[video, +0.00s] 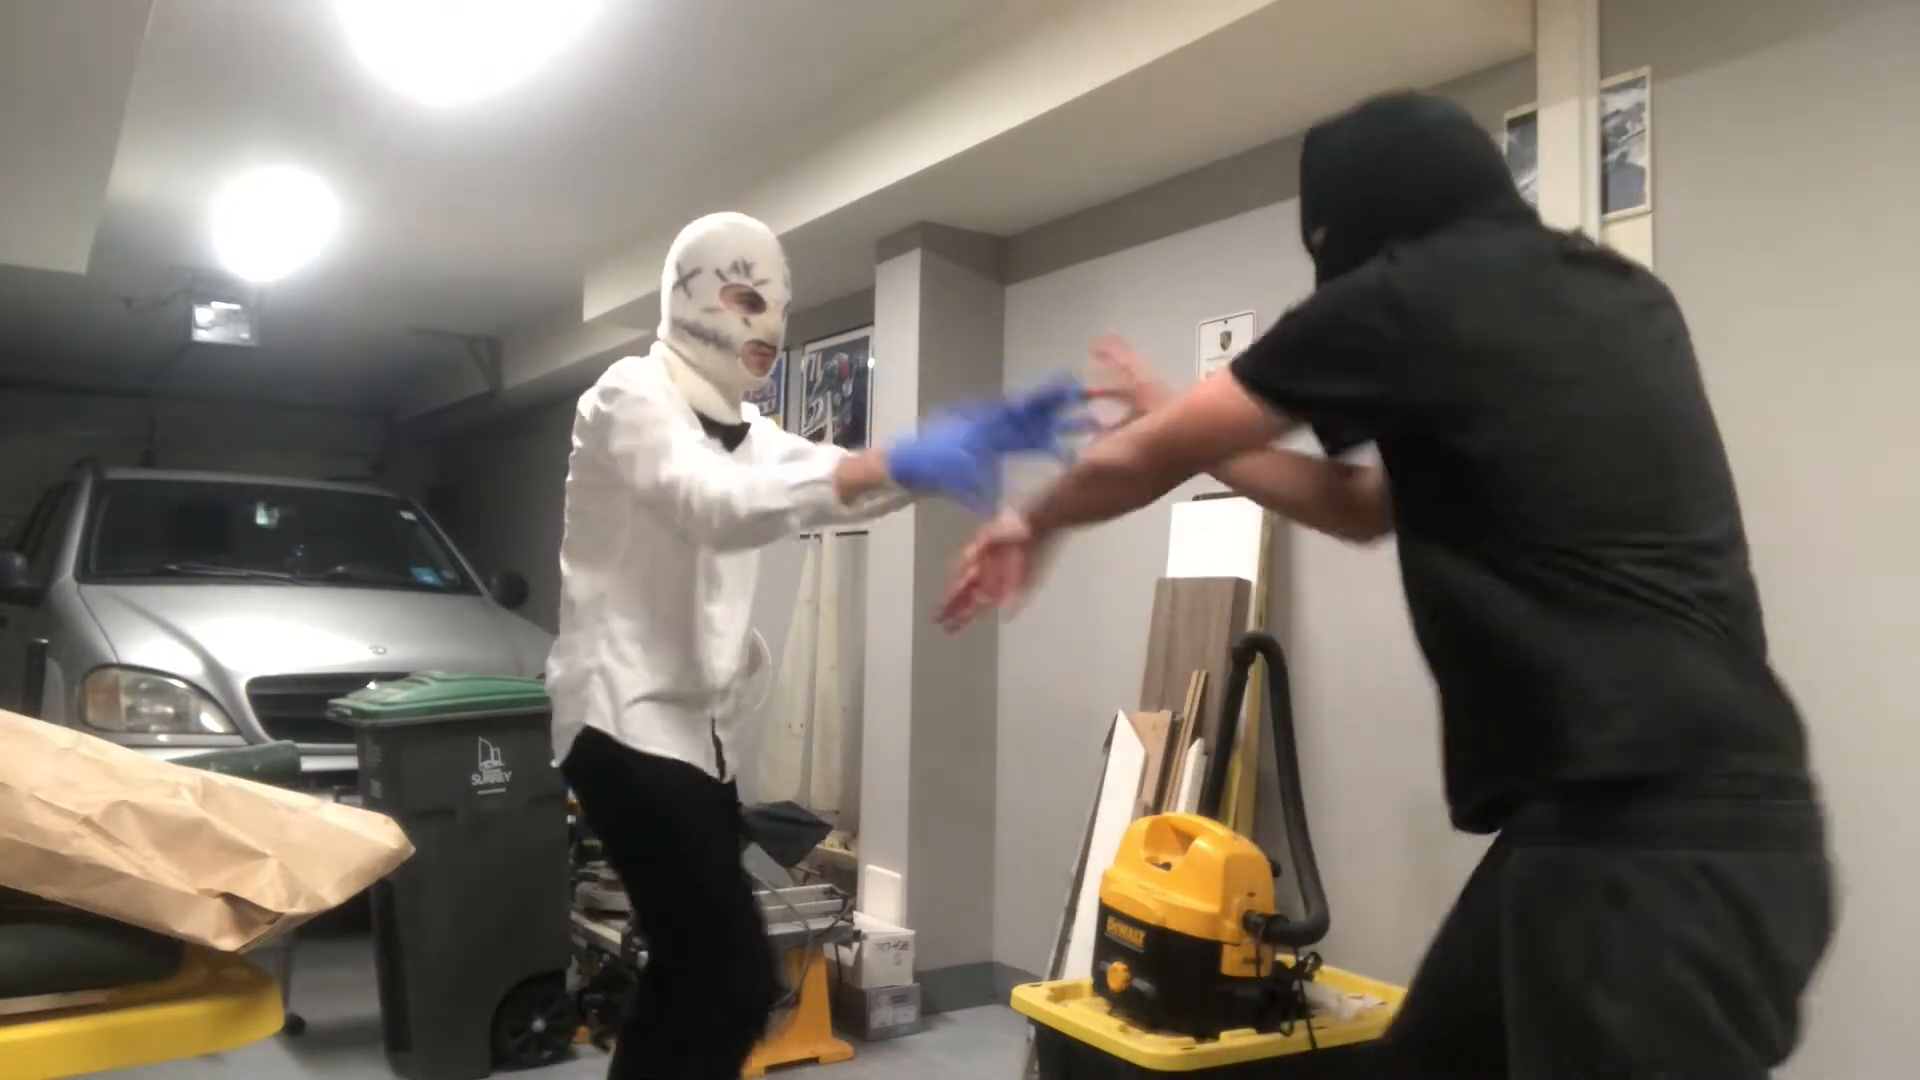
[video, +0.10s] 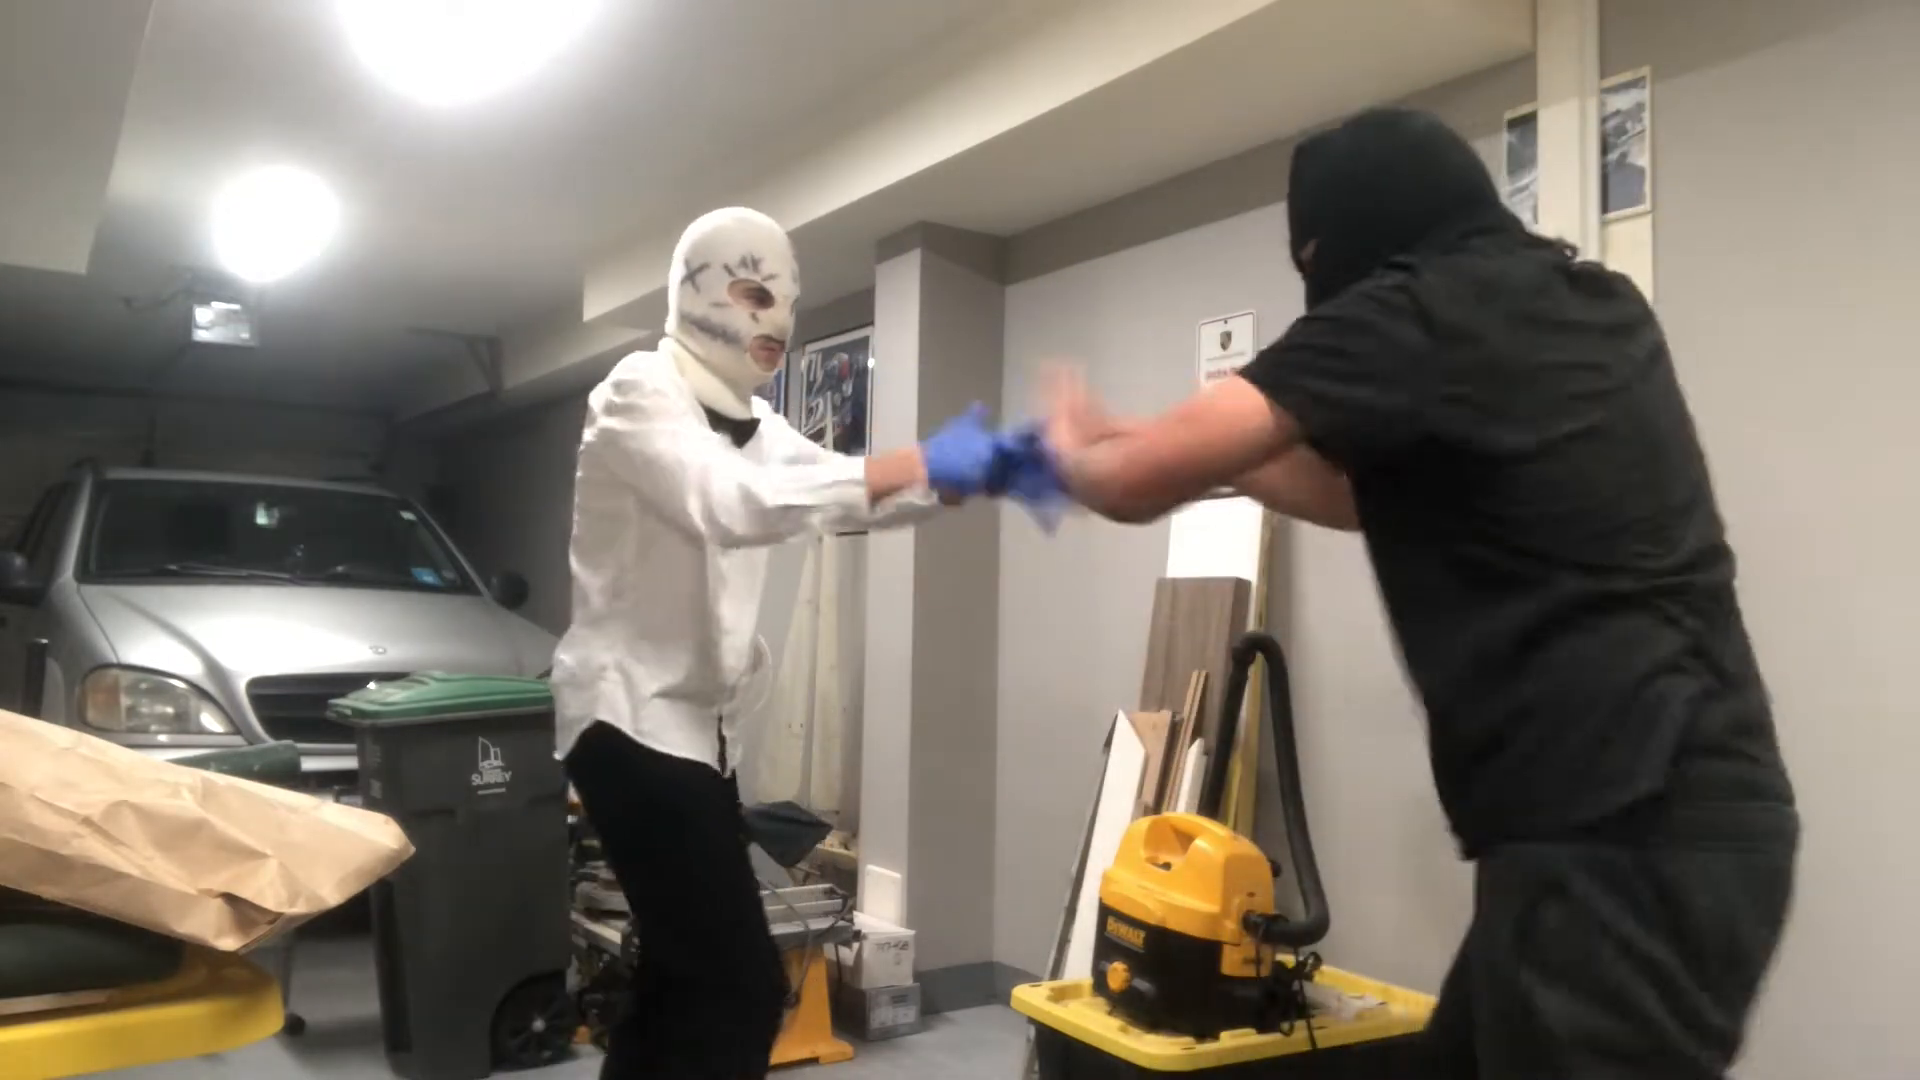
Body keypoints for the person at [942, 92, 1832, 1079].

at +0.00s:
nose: (1316, 257)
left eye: (1320, 229)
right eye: (1315, 234)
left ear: (1360, 212)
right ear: (1476, 189)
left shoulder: (1403, 297)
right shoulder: (1618, 296)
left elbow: (1141, 458)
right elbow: (1361, 503)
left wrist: (1035, 522)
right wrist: (1190, 427)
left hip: (1628, 855)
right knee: (1419, 1068)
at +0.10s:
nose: (1310, 279)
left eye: (1309, 256)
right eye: (1305, 259)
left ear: (1351, 232)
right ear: (1458, 197)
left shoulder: (1415, 313)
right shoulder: (1593, 303)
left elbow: (1130, 482)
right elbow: (1364, 487)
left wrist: (1072, 450)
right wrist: (1166, 438)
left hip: (1612, 853)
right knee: (1454, 1067)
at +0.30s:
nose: (1316, 260)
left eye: (1317, 229)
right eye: (1310, 235)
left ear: (1365, 207)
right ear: (1449, 181)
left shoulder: (1434, 307)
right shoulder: (1547, 292)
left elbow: (1199, 533)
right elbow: (1326, 516)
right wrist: (1152, 476)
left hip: (1571, 828)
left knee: (1506, 1060)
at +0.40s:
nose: (1325, 268)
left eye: (1323, 238)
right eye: (1316, 244)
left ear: (1372, 207)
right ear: (1466, 184)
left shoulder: (1418, 299)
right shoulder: (1585, 297)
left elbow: (1171, 492)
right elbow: (1434, 559)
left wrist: (1097, 423)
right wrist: (1234, 486)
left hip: (1549, 864)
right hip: (1694, 850)